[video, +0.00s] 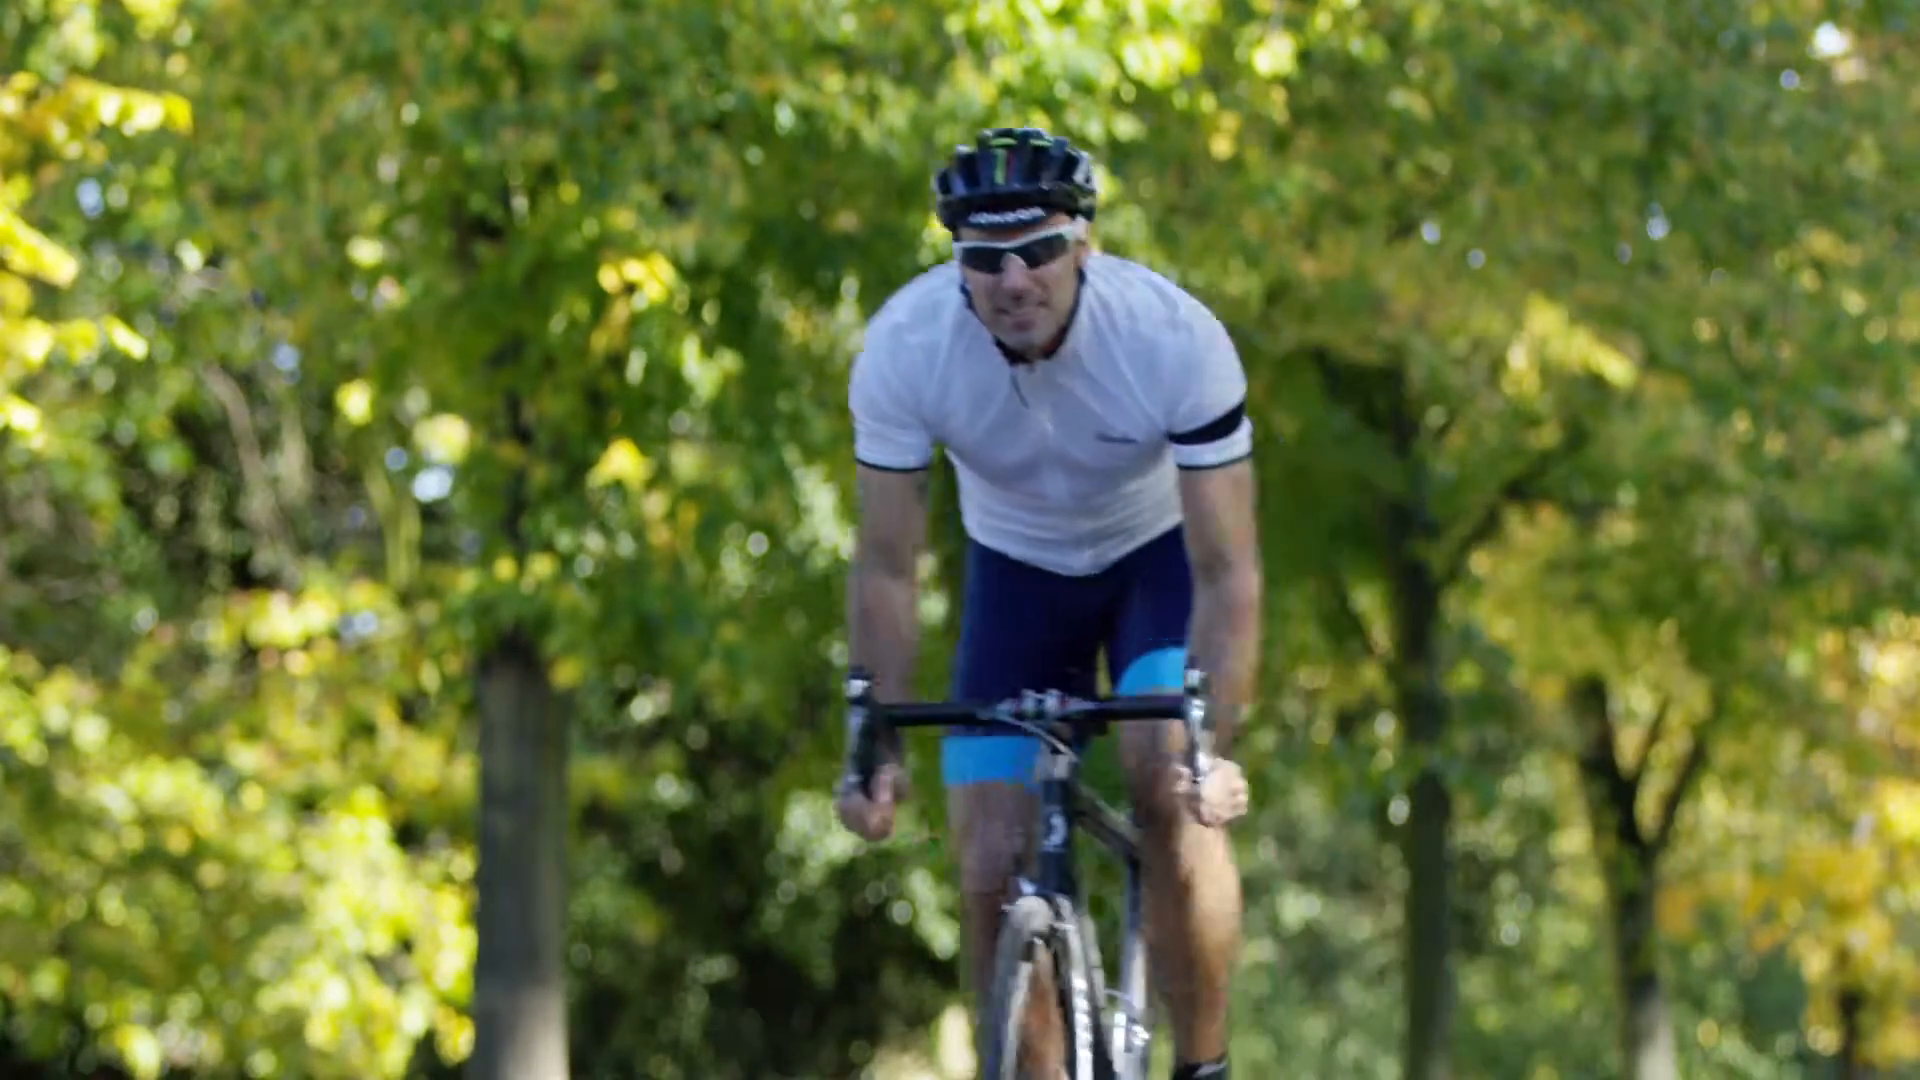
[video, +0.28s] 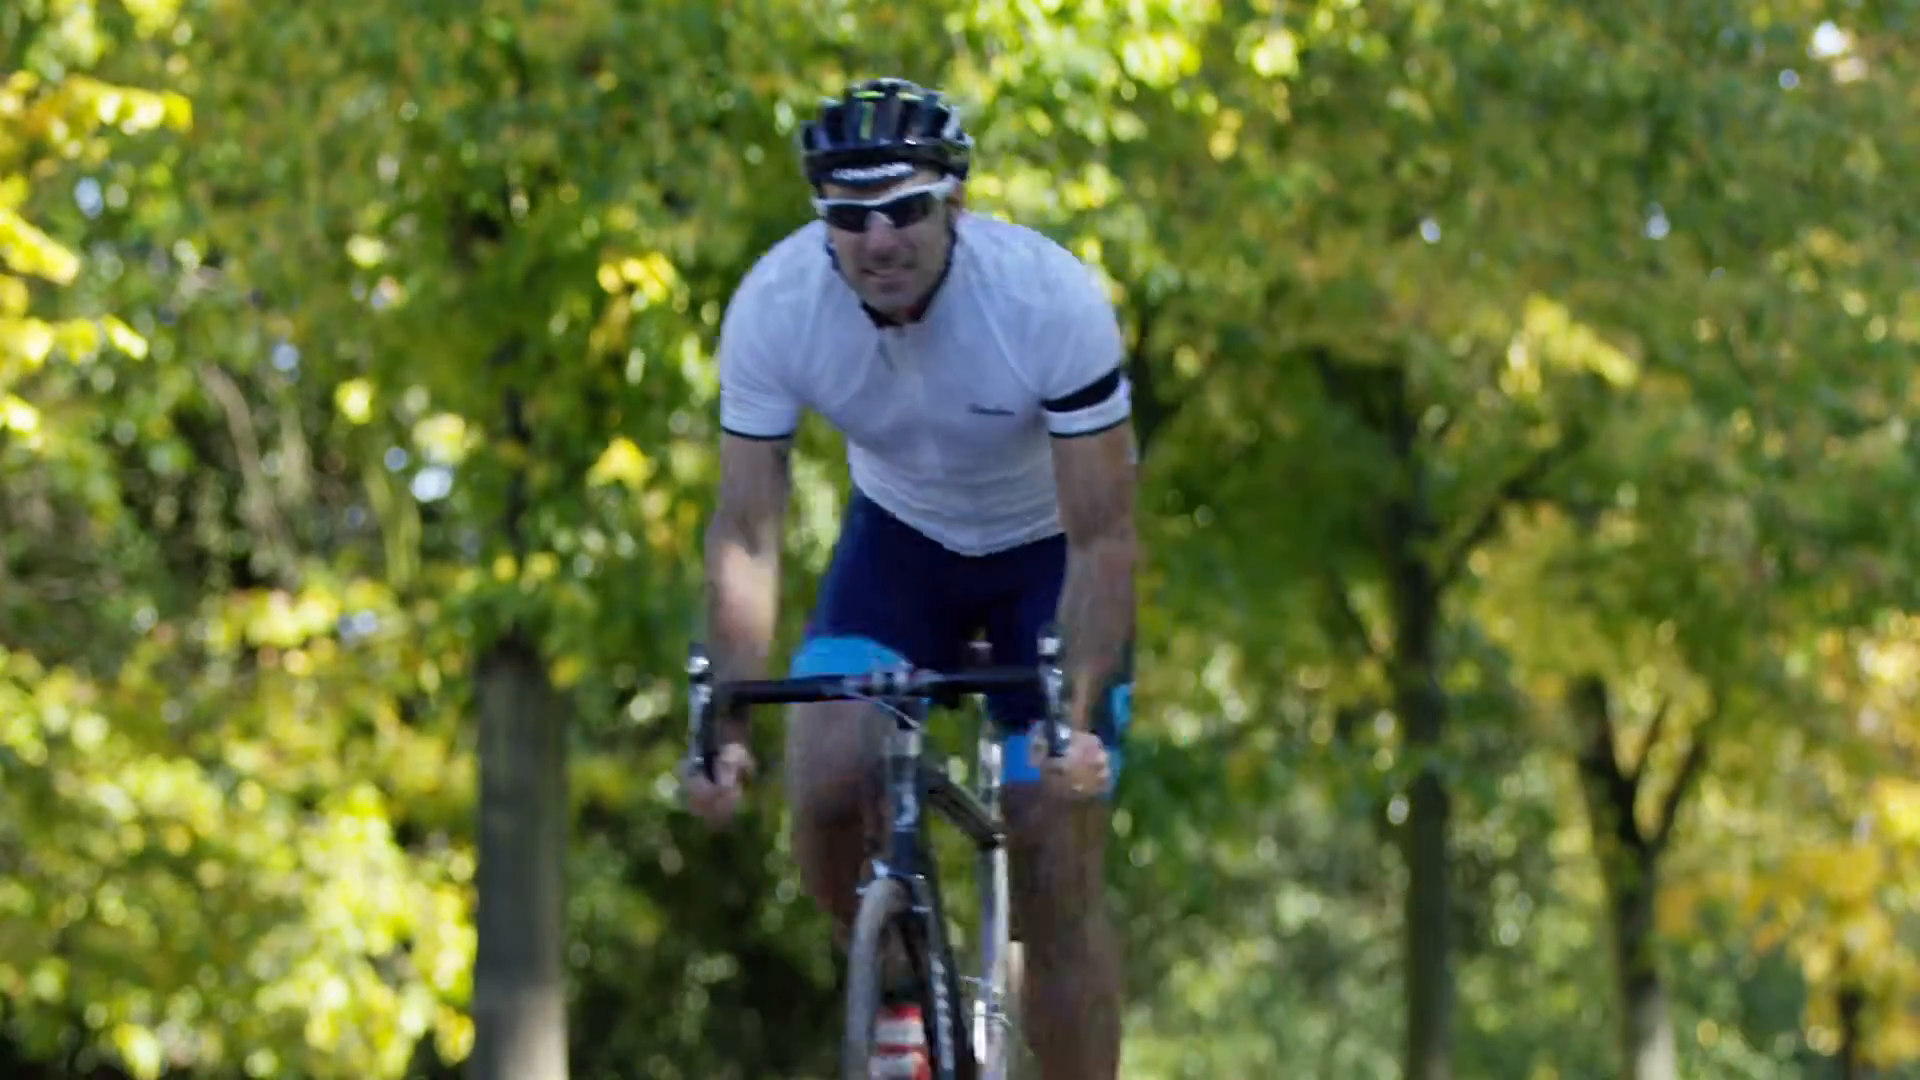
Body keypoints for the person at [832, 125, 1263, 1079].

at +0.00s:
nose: (1011, 281)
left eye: (1037, 253)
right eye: (984, 258)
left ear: (1084, 243)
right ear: (956, 257)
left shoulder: (1176, 340)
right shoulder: (903, 350)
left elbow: (1227, 563)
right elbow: (886, 561)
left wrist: (1216, 742)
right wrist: (873, 735)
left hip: (1158, 545)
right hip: (1009, 561)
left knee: (1169, 785)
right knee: (991, 862)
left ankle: (1203, 1066)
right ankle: (1040, 1069)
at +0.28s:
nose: (879, 241)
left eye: (906, 212)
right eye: (851, 216)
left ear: (955, 202)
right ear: (822, 216)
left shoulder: (1053, 301)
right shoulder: (775, 308)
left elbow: (1103, 532)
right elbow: (746, 531)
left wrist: (1080, 717)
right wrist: (725, 718)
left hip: (1050, 543)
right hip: (892, 533)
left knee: (1052, 845)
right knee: (827, 791)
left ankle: (1074, 1071)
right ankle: (896, 997)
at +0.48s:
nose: (772, 213)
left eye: (801, 182)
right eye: (744, 187)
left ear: (854, 172)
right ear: (716, 185)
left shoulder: (956, 265)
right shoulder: (672, 284)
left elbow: (1026, 505)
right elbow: (648, 512)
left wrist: (1002, 704)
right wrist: (628, 700)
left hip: (963, 524)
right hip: (804, 503)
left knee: (978, 884)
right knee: (720, 696)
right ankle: (790, 965)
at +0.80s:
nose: (607, 146)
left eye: (638, 112)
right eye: (576, 115)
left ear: (691, 98)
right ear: (543, 108)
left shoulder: (798, 198)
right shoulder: (498, 214)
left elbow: (879, 446)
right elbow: (497, 455)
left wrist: (875, 663)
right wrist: (493, 648)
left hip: (806, 450)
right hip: (641, 446)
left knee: (837, 814)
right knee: (590, 708)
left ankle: (896, 1070)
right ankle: (645, 1050)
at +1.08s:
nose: (461, 80)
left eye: (492, 45)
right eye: (427, 51)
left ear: (550, 29)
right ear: (395, 49)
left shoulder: (663, 144)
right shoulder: (339, 151)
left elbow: (734, 410)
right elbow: (343, 407)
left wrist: (739, 631)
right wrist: (347, 599)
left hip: (661, 420)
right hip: (484, 435)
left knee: (682, 704)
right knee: (477, 771)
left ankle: (767, 954)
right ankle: (496, 1073)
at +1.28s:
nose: (354, 31)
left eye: (387, 5)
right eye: (321, 7)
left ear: (439, 4)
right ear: (287, 11)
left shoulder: (554, 96)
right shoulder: (221, 107)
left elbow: (629, 378)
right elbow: (210, 369)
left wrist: (632, 615)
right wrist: (207, 579)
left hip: (541, 377)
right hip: (362, 404)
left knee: (561, 611)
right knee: (367, 799)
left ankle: (628, 885)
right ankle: (389, 1070)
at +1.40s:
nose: (273, 4)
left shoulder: (487, 62)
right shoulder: (144, 69)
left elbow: (564, 351)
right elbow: (124, 344)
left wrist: (554, 584)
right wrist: (122, 555)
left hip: (471, 333)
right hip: (288, 363)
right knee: (291, 792)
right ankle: (323, 1074)